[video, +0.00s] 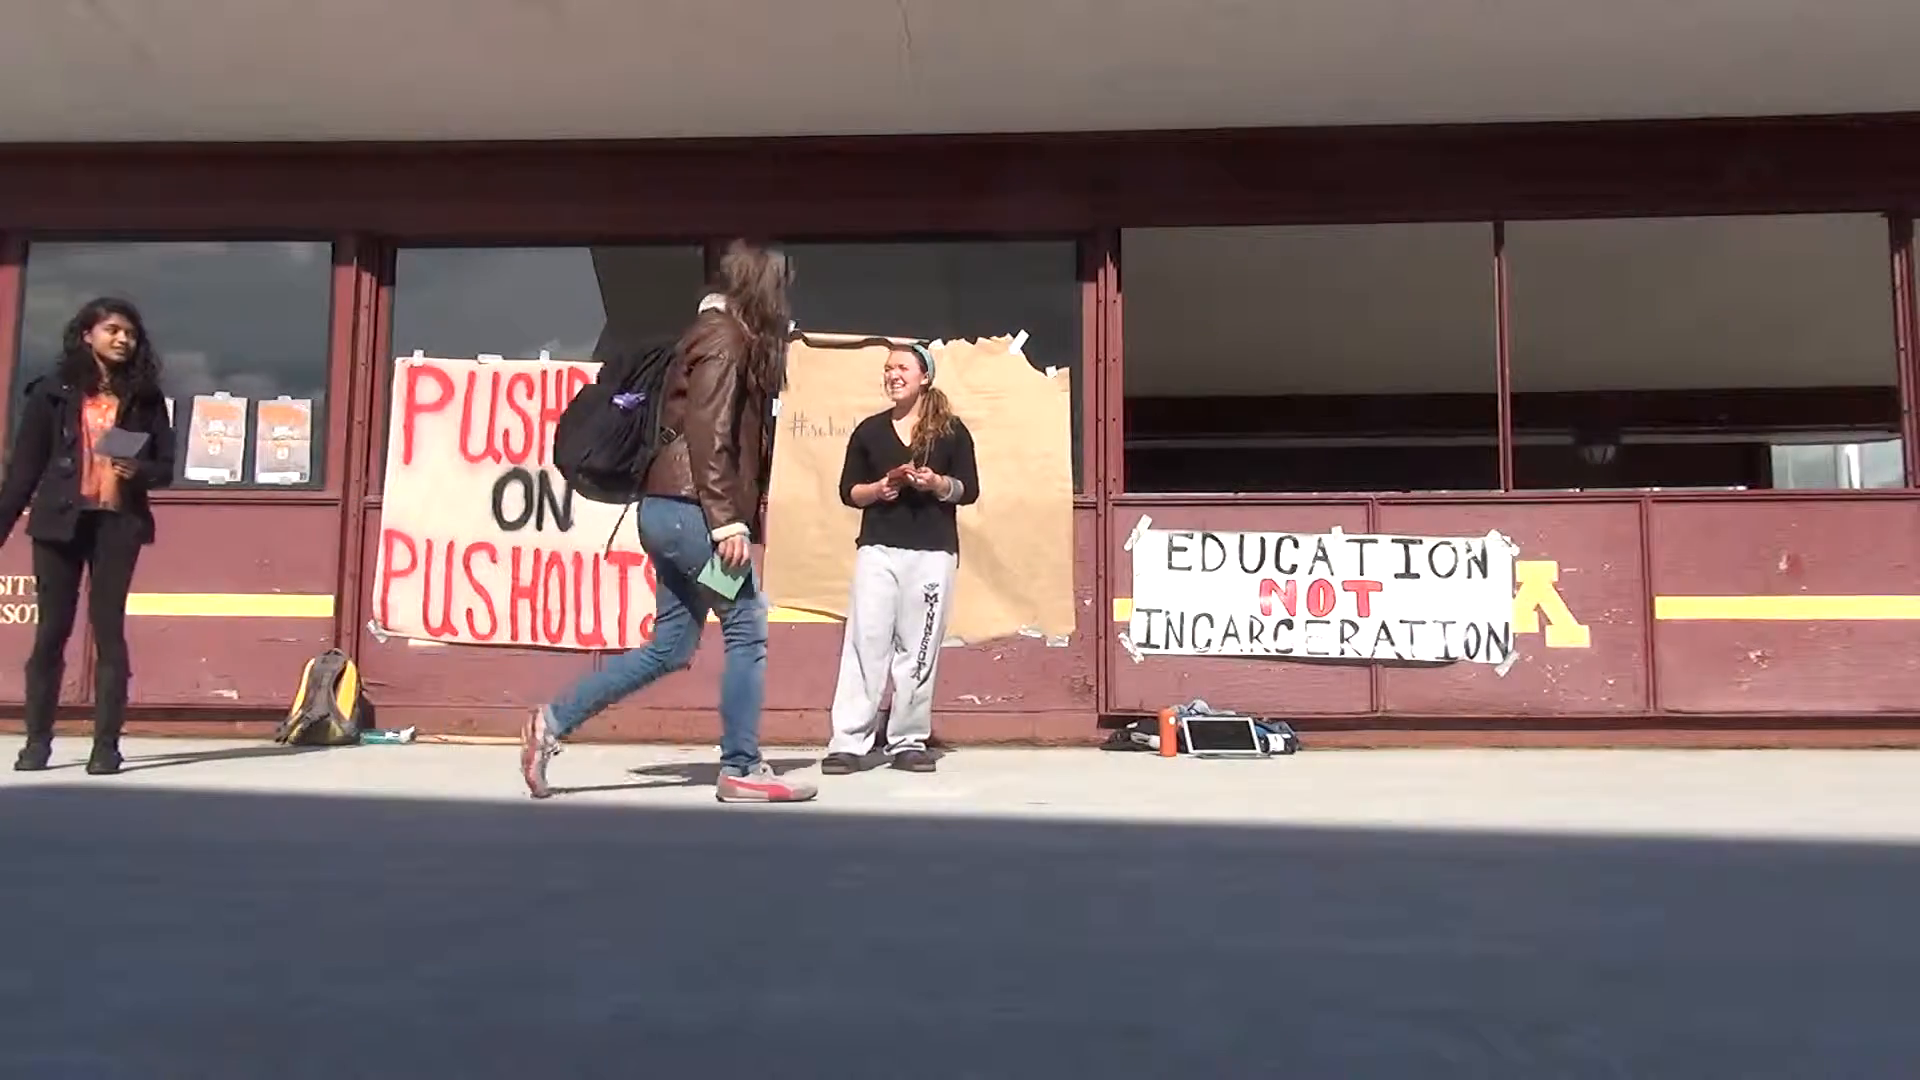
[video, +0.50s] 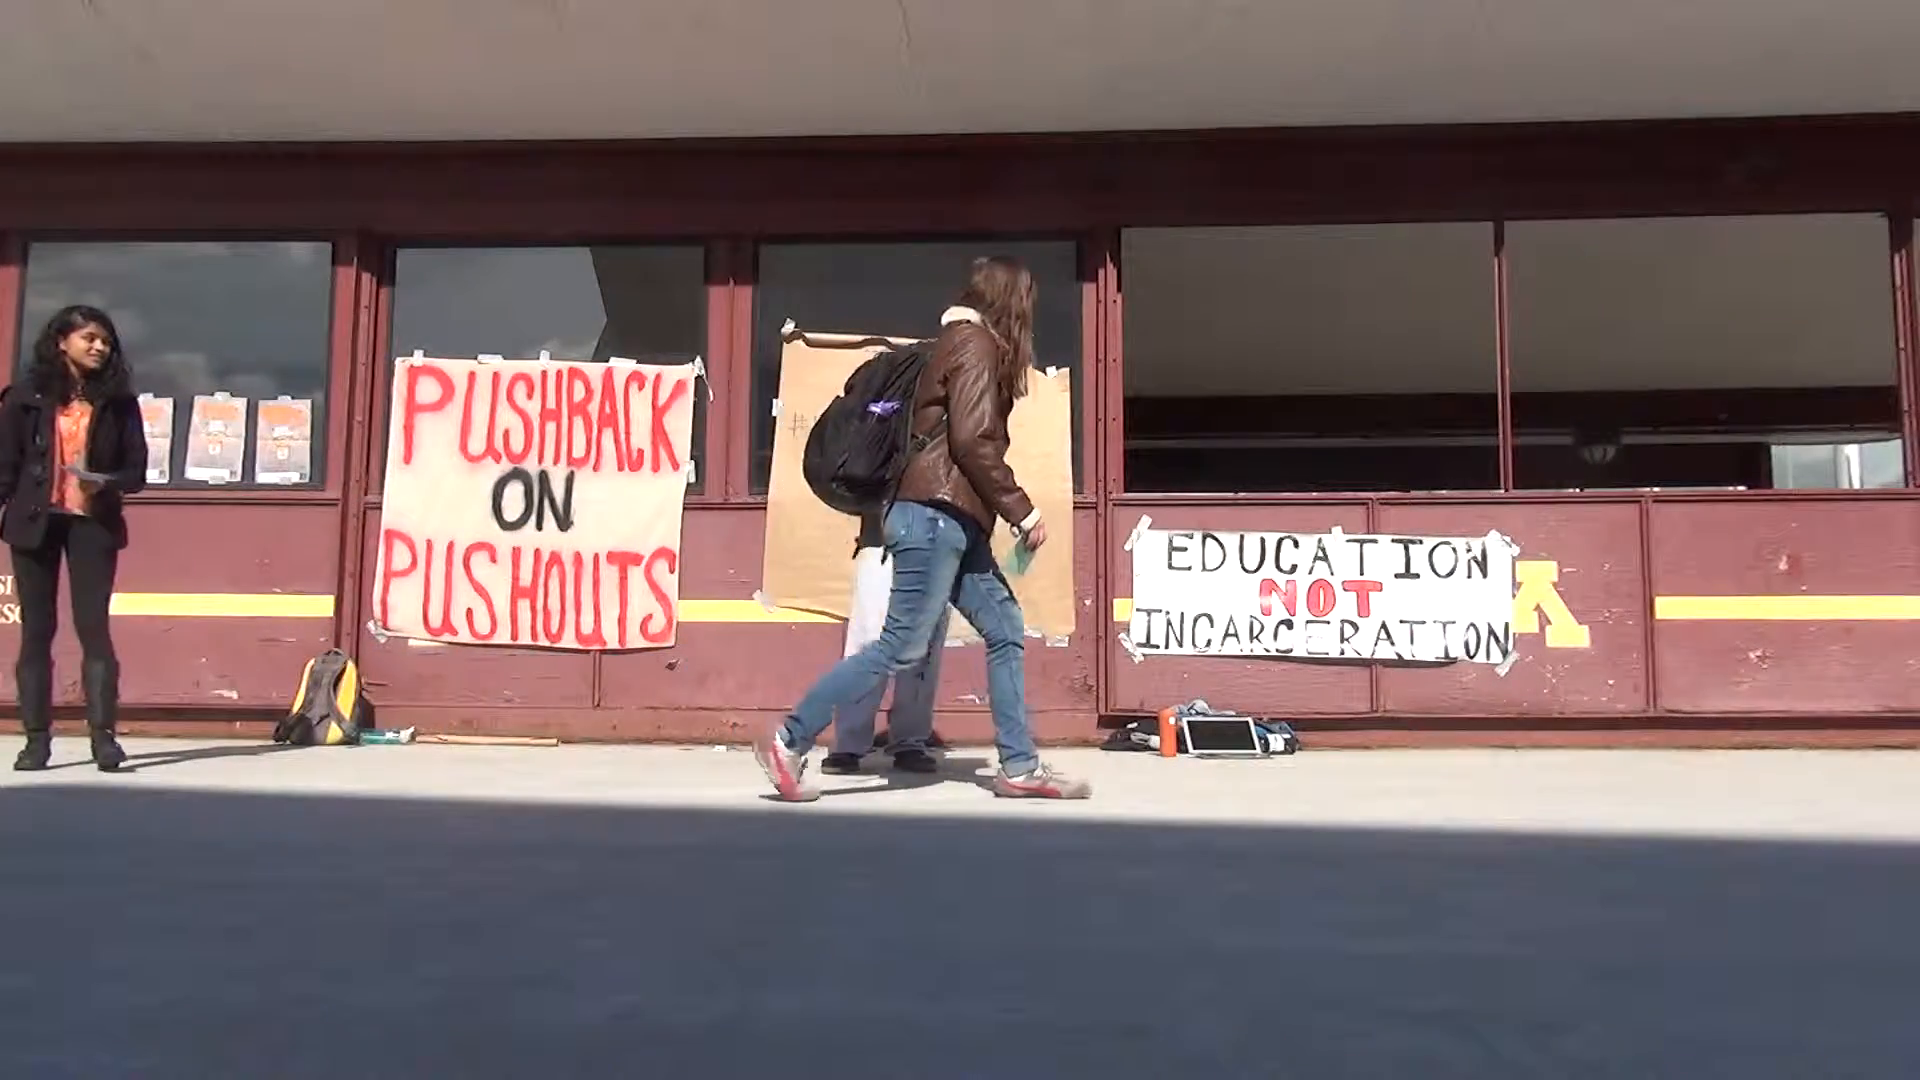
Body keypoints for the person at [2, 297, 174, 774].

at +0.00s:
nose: (120, 338)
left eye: (128, 332)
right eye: (110, 329)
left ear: (136, 342)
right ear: (85, 334)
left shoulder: (147, 395)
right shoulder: (52, 389)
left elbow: (164, 470)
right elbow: (24, 467)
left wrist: (138, 468)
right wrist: (3, 524)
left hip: (118, 521)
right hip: (59, 518)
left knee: (108, 627)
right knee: (51, 630)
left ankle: (107, 744)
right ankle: (38, 740)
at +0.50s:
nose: (98, 347)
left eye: (104, 340)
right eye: (88, 338)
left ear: (111, 349)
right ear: (61, 341)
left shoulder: (118, 400)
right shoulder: (25, 395)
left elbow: (136, 472)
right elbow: (10, 462)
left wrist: (107, 482)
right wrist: (10, 508)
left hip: (92, 524)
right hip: (33, 521)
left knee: (93, 625)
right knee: (37, 628)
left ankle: (104, 737)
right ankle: (36, 739)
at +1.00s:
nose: (117, 353)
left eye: (123, 348)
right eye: (108, 344)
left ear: (129, 358)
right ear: (81, 348)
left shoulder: (139, 409)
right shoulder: (46, 404)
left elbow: (156, 479)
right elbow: (21, 476)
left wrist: (132, 481)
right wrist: (3, 518)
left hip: (110, 527)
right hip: (52, 524)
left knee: (110, 630)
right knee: (49, 630)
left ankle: (125, 734)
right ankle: (39, 738)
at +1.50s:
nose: (145, 368)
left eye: (152, 362)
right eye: (136, 359)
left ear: (158, 370)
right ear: (112, 361)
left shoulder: (168, 416)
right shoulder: (82, 413)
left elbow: (187, 483)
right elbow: (64, 482)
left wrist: (177, 484)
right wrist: (103, 481)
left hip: (151, 532)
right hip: (99, 530)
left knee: (138, 629)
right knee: (76, 628)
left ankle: (128, 737)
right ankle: (41, 738)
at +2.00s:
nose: (154, 372)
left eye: (161, 366)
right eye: (145, 363)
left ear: (167, 372)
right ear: (123, 365)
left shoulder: (175, 417)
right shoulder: (92, 410)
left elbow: (192, 484)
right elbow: (72, 481)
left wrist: (177, 489)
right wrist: (119, 483)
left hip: (155, 533)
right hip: (103, 529)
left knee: (137, 629)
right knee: (79, 628)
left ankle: (126, 738)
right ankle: (42, 737)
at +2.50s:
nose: (131, 366)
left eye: (139, 360)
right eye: (123, 357)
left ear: (147, 367)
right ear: (100, 357)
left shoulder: (154, 415)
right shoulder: (68, 407)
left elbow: (169, 484)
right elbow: (45, 473)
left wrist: (156, 478)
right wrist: (96, 473)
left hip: (131, 531)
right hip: (78, 528)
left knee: (122, 630)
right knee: (72, 626)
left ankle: (124, 737)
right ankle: (44, 737)